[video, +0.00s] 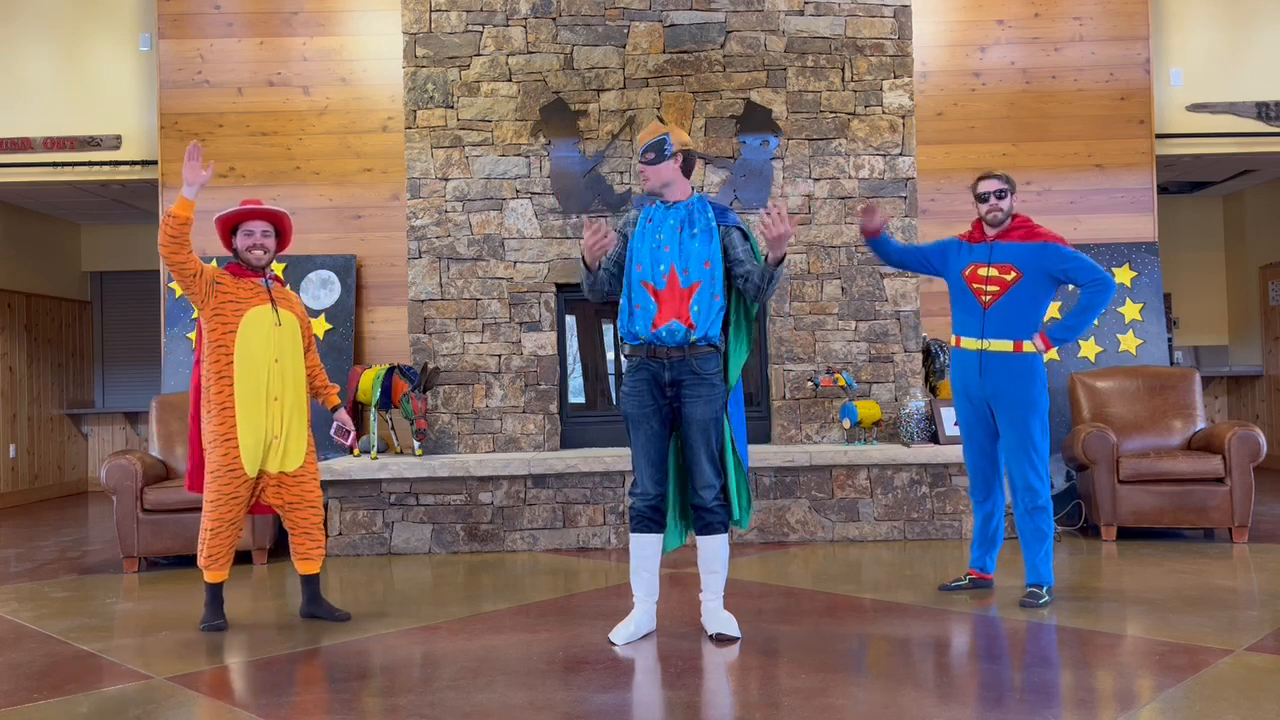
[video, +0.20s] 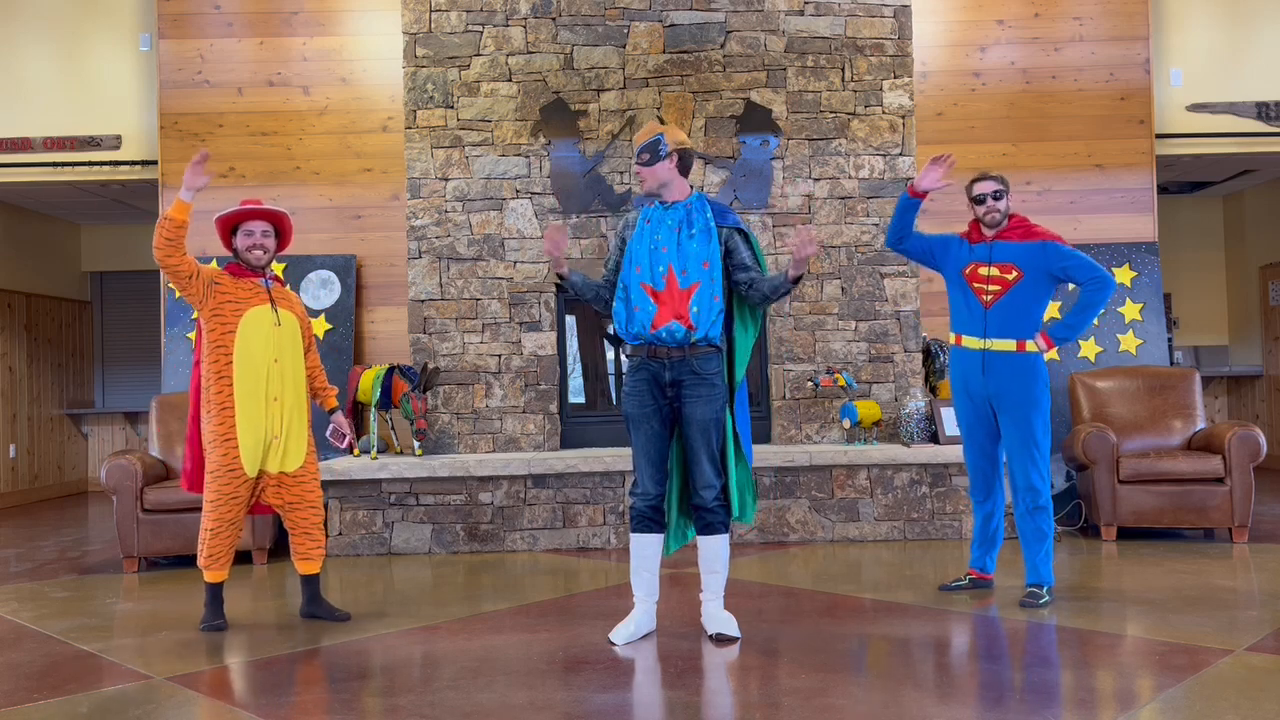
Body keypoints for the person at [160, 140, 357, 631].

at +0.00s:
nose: (257, 240)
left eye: (265, 233)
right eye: (247, 233)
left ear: (277, 243)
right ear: (233, 242)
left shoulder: (291, 299)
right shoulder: (211, 286)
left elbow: (310, 362)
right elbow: (174, 249)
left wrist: (335, 406)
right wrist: (188, 193)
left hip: (287, 422)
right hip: (230, 423)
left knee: (307, 503)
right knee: (222, 510)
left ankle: (312, 598)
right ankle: (214, 604)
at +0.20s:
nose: (257, 241)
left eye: (265, 234)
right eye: (247, 234)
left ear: (276, 244)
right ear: (233, 243)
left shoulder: (290, 300)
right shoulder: (211, 286)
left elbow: (310, 361)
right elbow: (168, 251)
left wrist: (332, 409)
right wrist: (185, 194)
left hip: (288, 422)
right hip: (231, 423)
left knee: (307, 505)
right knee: (222, 511)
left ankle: (312, 598)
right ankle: (214, 604)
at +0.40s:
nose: (257, 240)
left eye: (266, 234)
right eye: (248, 233)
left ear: (278, 243)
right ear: (233, 242)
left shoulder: (291, 299)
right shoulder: (209, 286)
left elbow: (312, 359)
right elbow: (157, 260)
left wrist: (336, 408)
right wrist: (189, 214)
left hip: (289, 421)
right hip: (231, 421)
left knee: (309, 503)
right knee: (223, 508)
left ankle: (312, 598)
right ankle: (214, 605)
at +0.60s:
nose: (257, 241)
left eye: (265, 235)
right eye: (248, 234)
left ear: (278, 244)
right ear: (233, 242)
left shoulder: (294, 301)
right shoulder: (210, 288)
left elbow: (316, 361)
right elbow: (153, 265)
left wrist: (342, 405)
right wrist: (187, 220)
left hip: (291, 423)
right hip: (232, 422)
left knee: (309, 504)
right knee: (224, 508)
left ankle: (313, 598)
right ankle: (214, 606)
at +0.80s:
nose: (261, 243)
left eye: (269, 237)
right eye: (252, 236)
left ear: (277, 246)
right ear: (234, 243)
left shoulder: (292, 302)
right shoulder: (212, 290)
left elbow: (314, 361)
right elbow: (168, 268)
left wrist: (345, 402)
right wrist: (203, 223)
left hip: (291, 424)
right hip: (235, 423)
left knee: (310, 502)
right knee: (227, 508)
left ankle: (313, 599)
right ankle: (215, 606)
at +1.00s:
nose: (271, 251)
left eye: (274, 245)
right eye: (262, 244)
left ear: (276, 248)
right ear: (239, 246)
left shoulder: (279, 300)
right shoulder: (219, 292)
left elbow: (294, 362)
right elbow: (201, 275)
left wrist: (327, 404)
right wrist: (245, 240)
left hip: (289, 418)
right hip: (239, 421)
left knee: (310, 498)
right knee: (231, 506)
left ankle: (313, 599)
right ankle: (214, 605)